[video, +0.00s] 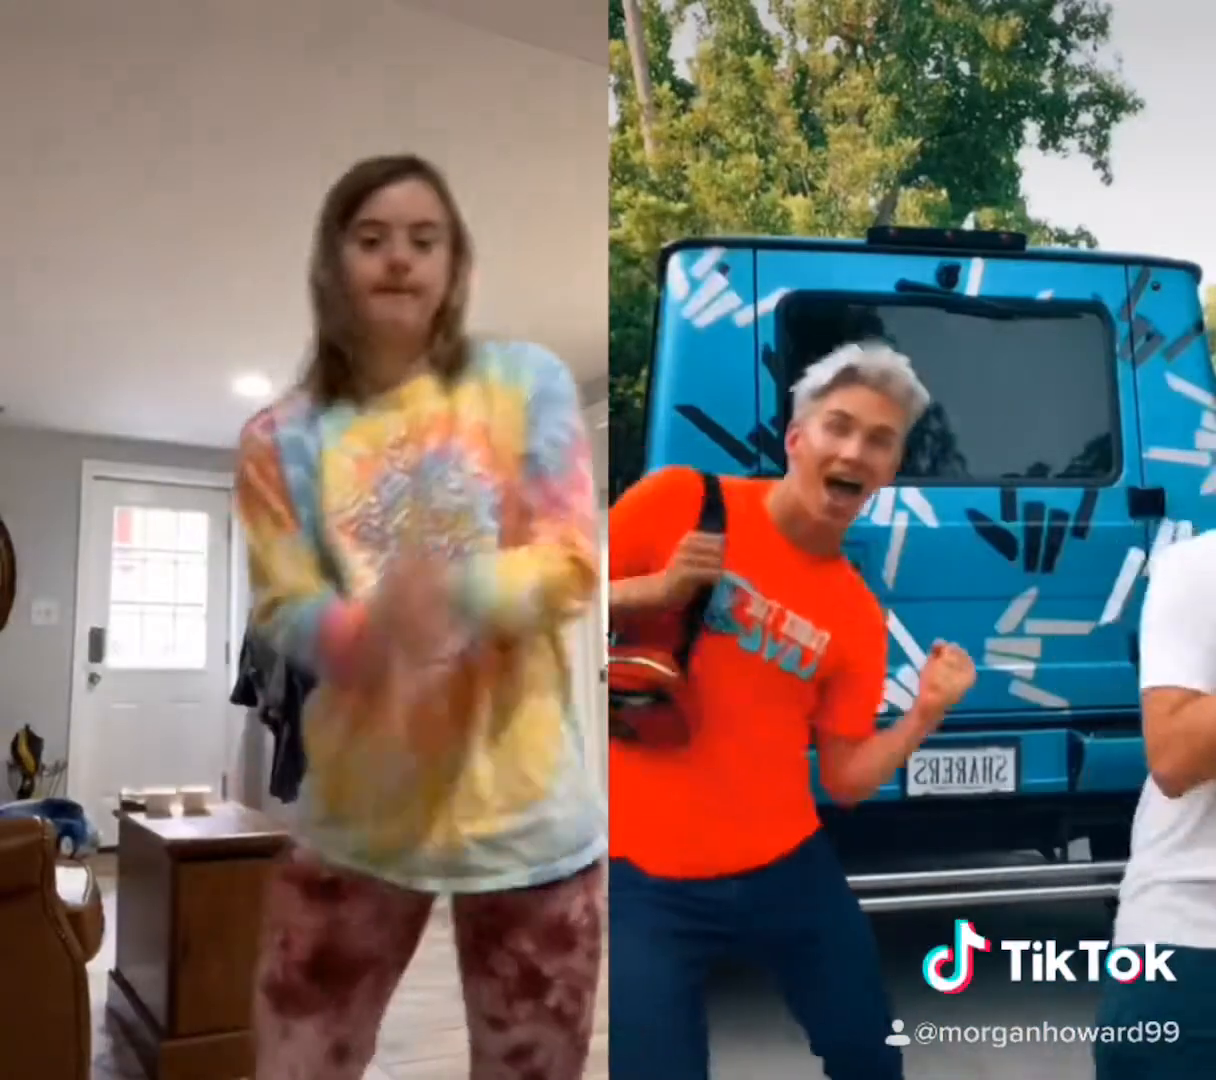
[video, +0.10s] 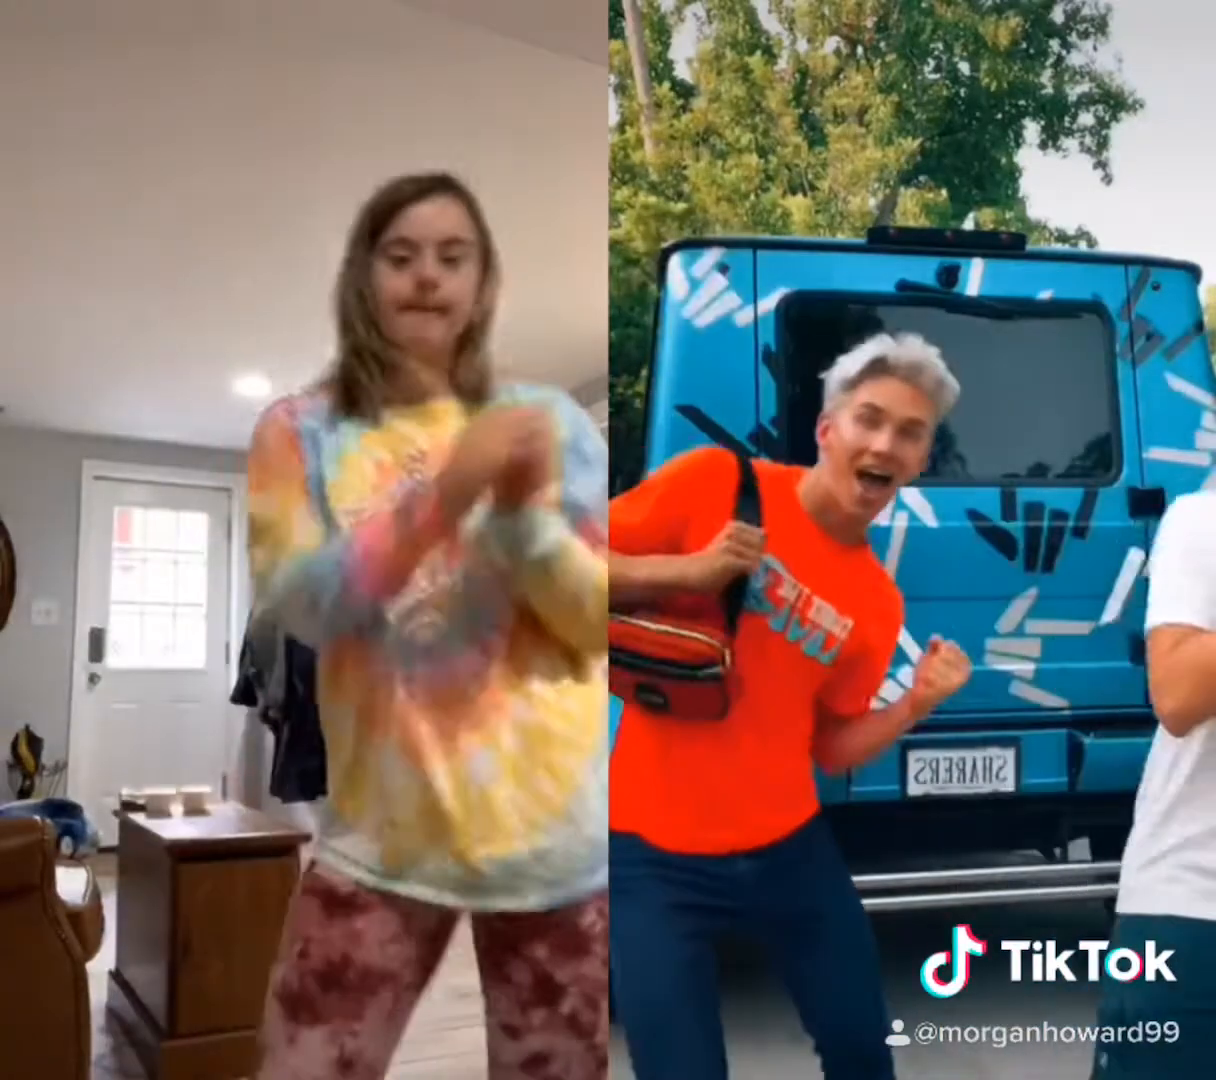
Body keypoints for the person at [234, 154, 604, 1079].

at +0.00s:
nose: (400, 260)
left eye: (425, 238)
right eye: (372, 238)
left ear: (455, 265)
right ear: (331, 263)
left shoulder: (527, 382)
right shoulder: (282, 440)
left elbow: (572, 558)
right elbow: (286, 607)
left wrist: (452, 593)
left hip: (529, 814)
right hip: (358, 816)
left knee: (532, 1066)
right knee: (300, 1064)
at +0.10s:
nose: (427, 278)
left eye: (453, 257)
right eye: (400, 256)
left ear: (483, 283)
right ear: (362, 279)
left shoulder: (549, 424)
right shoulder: (299, 432)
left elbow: (589, 624)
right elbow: (302, 602)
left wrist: (525, 508)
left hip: (547, 838)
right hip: (384, 834)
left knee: (557, 1072)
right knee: (306, 1073)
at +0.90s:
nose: (486, 278)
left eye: (504, 252)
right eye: (456, 262)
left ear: (542, 269)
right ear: (425, 292)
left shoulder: (572, 416)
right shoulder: (387, 418)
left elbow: (612, 572)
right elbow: (343, 610)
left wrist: (596, 446)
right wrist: (433, 500)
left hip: (574, 812)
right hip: (440, 823)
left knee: (580, 1061)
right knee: (476, 1065)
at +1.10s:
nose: (357, 302)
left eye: (372, 276)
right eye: (326, 292)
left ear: (407, 286)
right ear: (296, 329)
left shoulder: (513, 386)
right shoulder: (308, 477)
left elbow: (594, 473)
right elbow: (316, 690)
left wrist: (477, 565)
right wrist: (265, 663)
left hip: (562, 808)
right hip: (410, 831)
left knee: (589, 1059)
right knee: (353, 1064)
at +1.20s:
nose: (307, 333)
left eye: (323, 308)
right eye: (276, 323)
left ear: (360, 326)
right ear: (248, 361)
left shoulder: (458, 416)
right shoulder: (260, 535)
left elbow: (556, 543)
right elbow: (270, 699)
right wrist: (254, 754)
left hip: (532, 845)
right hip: (363, 872)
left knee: (583, 1066)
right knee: (284, 1066)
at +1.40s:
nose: (214, 278)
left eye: (235, 257)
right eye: (186, 264)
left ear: (274, 279)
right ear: (159, 303)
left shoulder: (359, 390)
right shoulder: (143, 467)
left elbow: (400, 572)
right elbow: (126, 636)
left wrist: (263, 712)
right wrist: (130, 753)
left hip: (369, 818)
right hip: (195, 828)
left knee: (445, 1062)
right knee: (158, 1066)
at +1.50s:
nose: (200, 259)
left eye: (225, 242)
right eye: (174, 243)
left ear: (261, 272)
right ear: (141, 276)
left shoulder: (333, 388)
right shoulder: (100, 442)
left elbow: (370, 541)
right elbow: (72, 586)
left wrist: (206, 613)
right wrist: (47, 638)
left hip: (310, 800)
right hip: (144, 815)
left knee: (373, 1055)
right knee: (120, 1062)